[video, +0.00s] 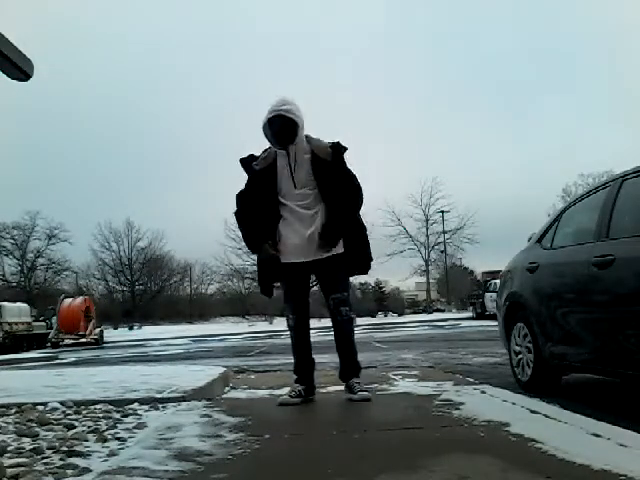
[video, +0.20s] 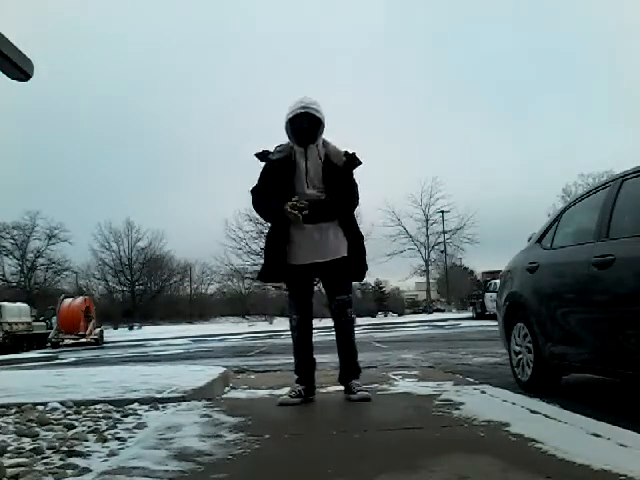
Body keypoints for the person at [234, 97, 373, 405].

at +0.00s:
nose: (279, 131)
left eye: (284, 124)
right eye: (273, 126)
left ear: (297, 125)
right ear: (267, 130)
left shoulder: (326, 155)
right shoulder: (263, 167)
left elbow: (352, 194)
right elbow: (247, 209)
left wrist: (337, 228)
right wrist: (261, 244)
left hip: (329, 251)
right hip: (288, 256)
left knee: (342, 314)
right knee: (297, 322)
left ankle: (352, 380)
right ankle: (304, 385)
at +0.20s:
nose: (304, 128)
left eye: (311, 122)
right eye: (298, 123)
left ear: (321, 125)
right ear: (289, 127)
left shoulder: (337, 160)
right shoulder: (278, 163)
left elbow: (348, 202)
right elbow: (260, 197)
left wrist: (312, 211)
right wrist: (282, 212)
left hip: (335, 254)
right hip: (295, 256)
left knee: (343, 317)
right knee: (300, 322)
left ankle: (351, 382)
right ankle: (304, 384)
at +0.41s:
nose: (327, 130)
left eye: (333, 124)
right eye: (321, 124)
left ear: (342, 128)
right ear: (310, 127)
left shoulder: (355, 163)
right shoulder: (295, 162)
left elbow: (364, 201)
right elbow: (285, 203)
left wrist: (325, 197)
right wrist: (315, 193)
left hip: (345, 252)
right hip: (306, 251)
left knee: (347, 315)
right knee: (304, 319)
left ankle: (351, 382)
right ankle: (305, 385)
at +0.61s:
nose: (336, 132)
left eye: (343, 126)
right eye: (330, 125)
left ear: (353, 129)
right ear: (320, 127)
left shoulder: (365, 164)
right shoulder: (304, 162)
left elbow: (375, 204)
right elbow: (291, 202)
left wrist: (344, 189)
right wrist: (324, 189)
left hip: (352, 254)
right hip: (312, 253)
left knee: (350, 317)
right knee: (310, 318)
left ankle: (352, 381)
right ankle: (310, 382)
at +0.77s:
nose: (334, 130)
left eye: (341, 123)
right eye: (328, 123)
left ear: (351, 126)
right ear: (319, 126)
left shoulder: (365, 161)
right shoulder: (304, 160)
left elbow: (379, 202)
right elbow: (288, 202)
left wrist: (354, 187)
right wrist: (323, 191)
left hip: (353, 251)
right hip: (314, 251)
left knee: (350, 316)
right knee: (316, 318)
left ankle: (352, 382)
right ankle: (317, 383)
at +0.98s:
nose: (331, 126)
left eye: (337, 120)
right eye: (325, 120)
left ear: (348, 123)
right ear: (316, 123)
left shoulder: (366, 157)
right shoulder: (303, 158)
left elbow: (387, 193)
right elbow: (285, 200)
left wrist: (361, 196)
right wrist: (307, 183)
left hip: (353, 252)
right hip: (314, 252)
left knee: (350, 317)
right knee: (317, 318)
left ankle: (352, 381)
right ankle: (318, 383)